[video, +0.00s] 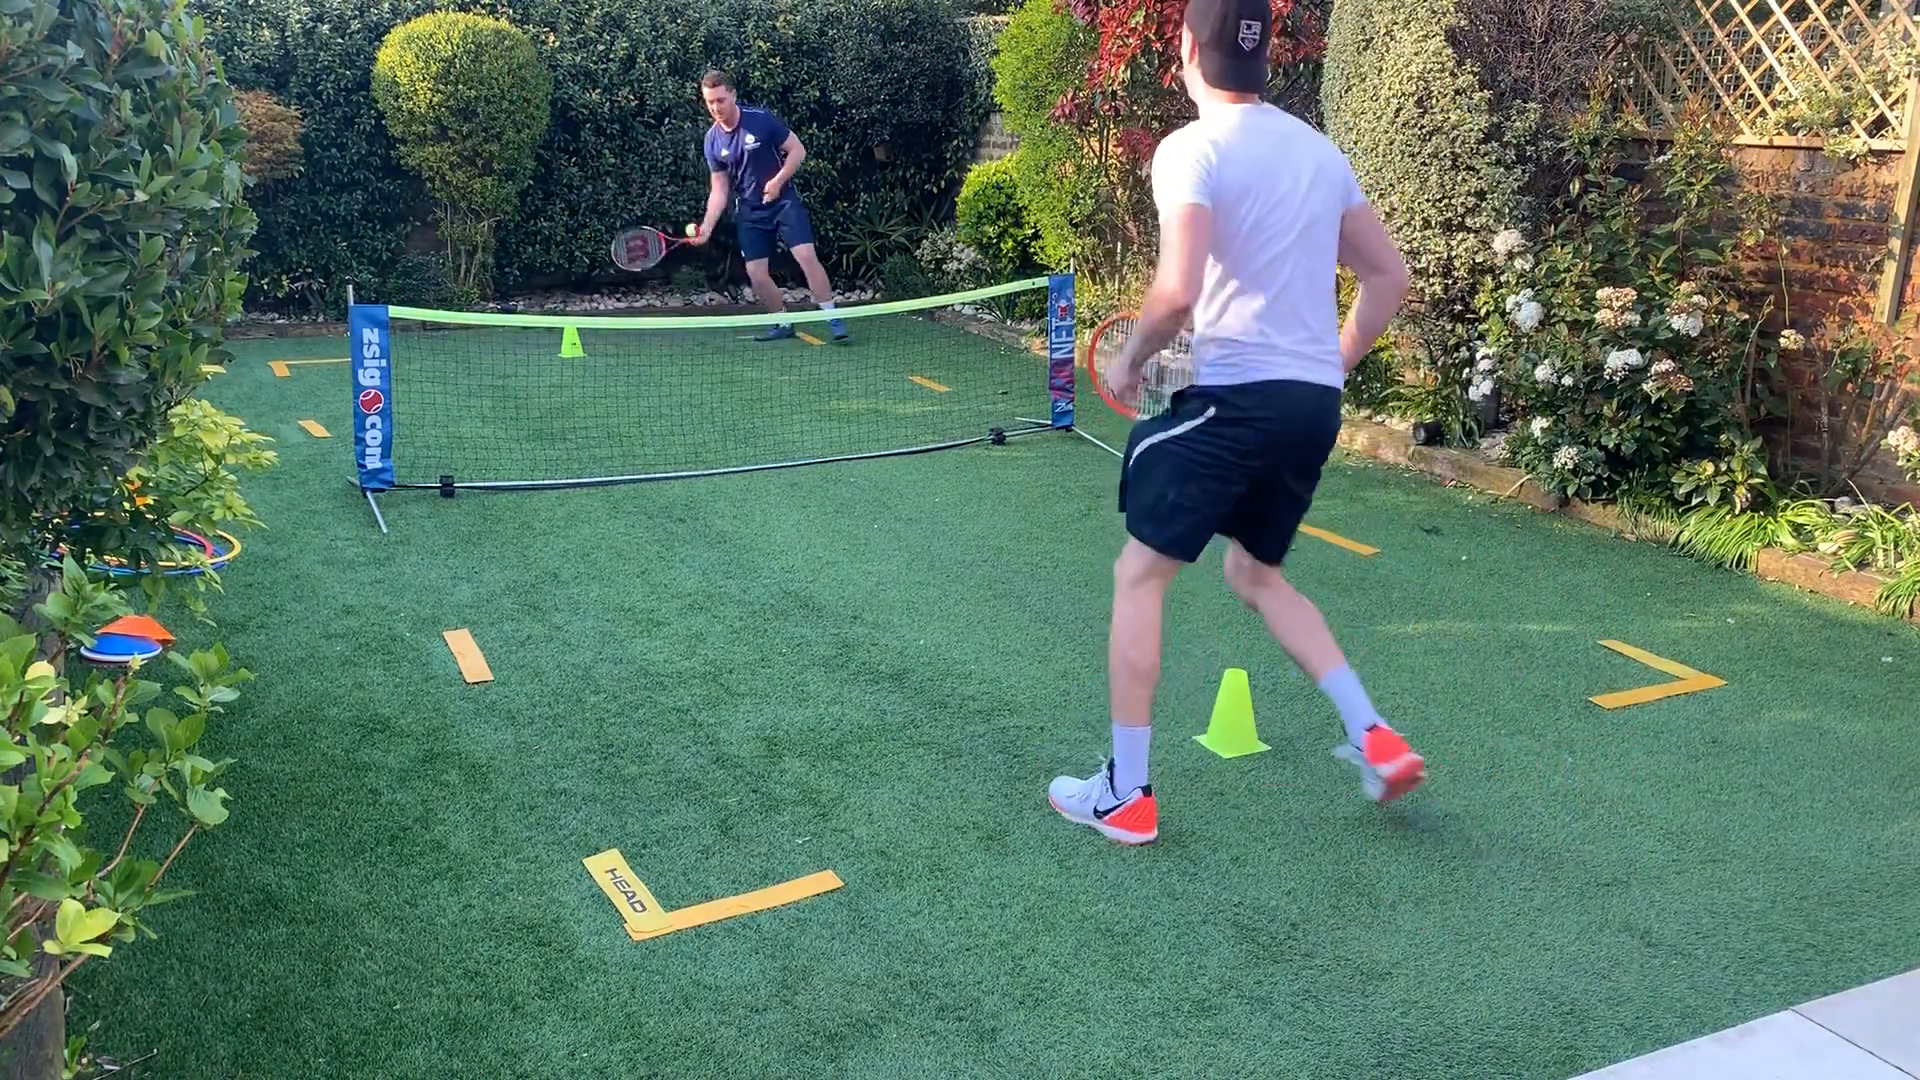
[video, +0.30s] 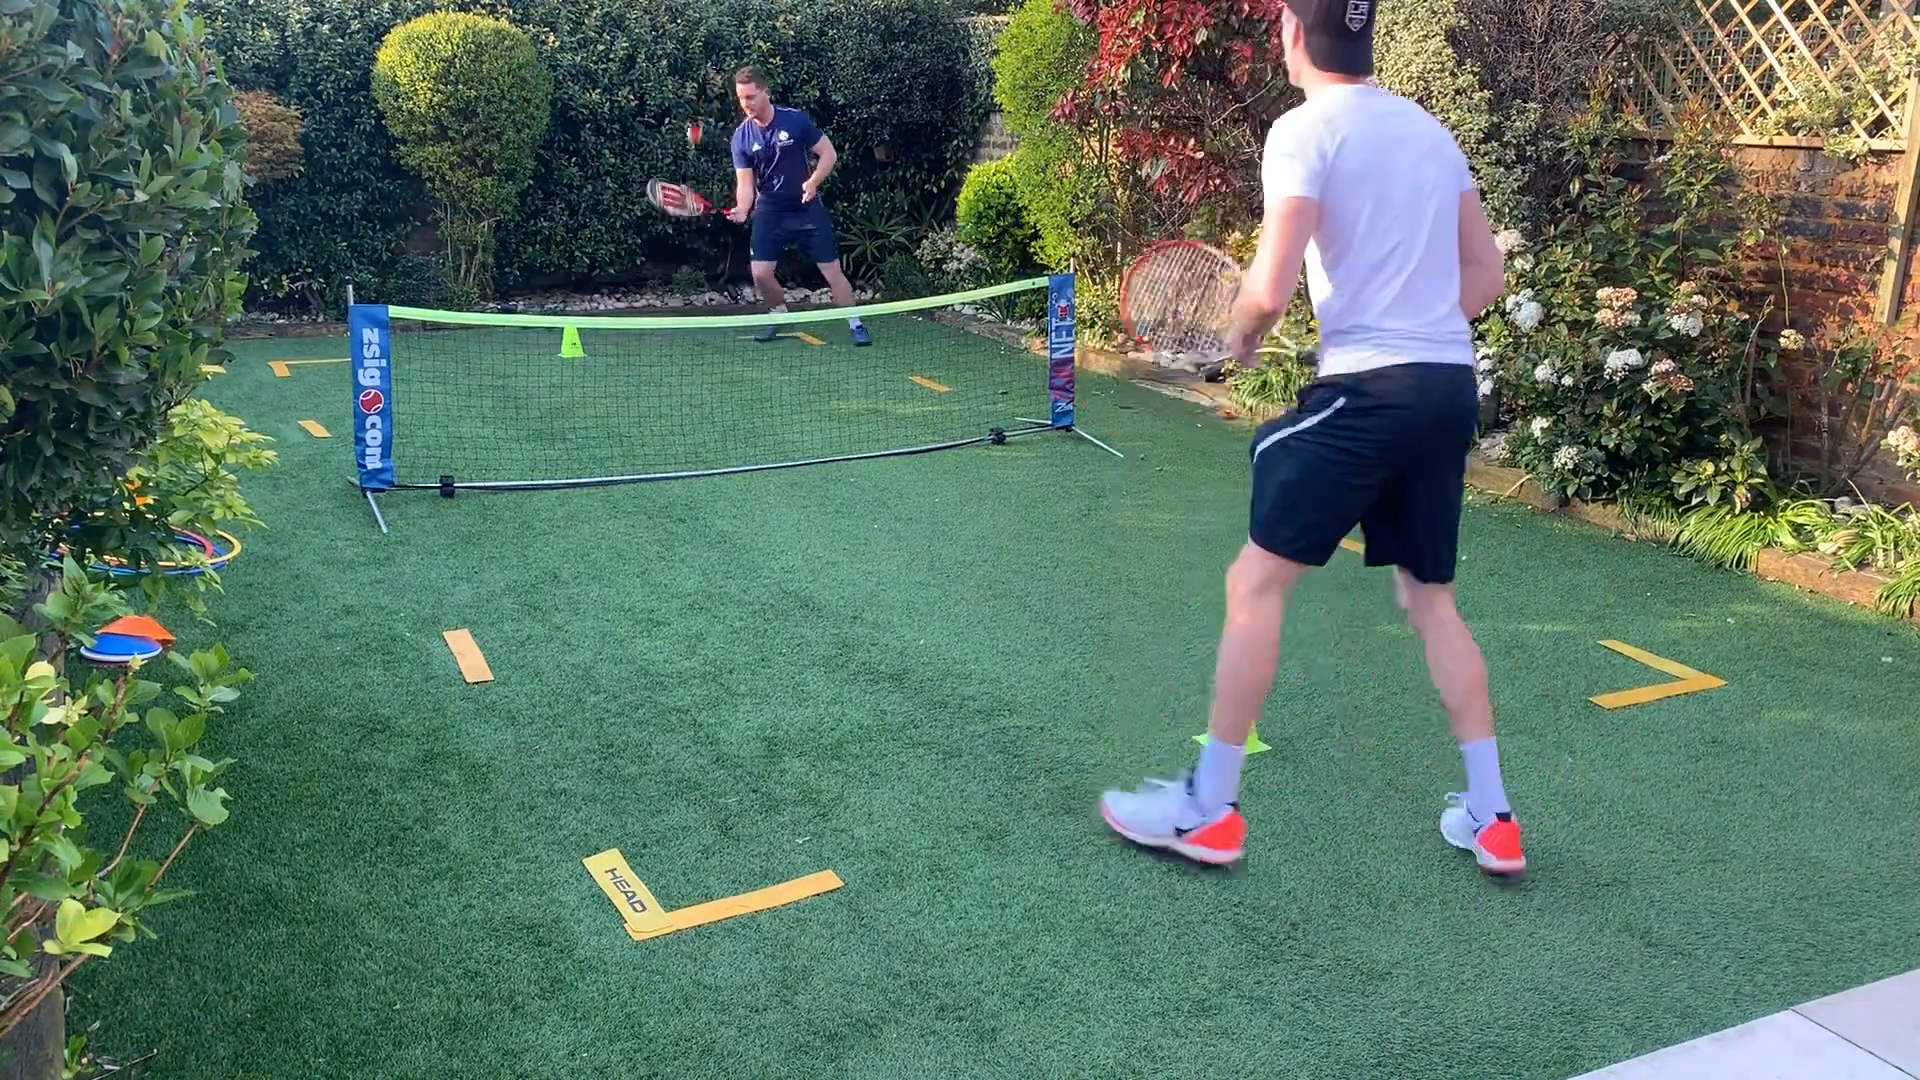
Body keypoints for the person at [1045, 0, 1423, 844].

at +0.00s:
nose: (1178, 55)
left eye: (1181, 43)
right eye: (1185, 41)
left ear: (1189, 52)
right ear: (1263, 53)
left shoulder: (1192, 149)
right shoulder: (1320, 151)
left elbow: (1178, 292)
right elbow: (1388, 274)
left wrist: (1130, 355)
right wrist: (1334, 363)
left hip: (1227, 397)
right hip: (1316, 404)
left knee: (1140, 575)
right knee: (1253, 571)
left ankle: (1124, 789)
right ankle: (1372, 735)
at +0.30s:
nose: (1280, 40)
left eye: (1282, 28)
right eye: (1288, 27)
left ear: (1293, 36)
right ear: (1366, 41)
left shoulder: (1302, 129)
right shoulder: (1432, 130)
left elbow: (1269, 293)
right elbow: (1485, 275)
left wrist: (1237, 342)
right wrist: (1413, 330)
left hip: (1363, 390)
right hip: (1450, 389)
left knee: (1256, 583)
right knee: (1431, 595)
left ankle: (1207, 803)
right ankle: (1490, 810)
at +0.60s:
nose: (1368, 99)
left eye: (1371, 86)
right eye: (1377, 84)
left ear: (1384, 94)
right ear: (1458, 98)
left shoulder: (1367, 193)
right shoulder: (1521, 191)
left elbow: (1328, 363)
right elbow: (1580, 337)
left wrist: (1367, 401)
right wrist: (1508, 401)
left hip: (1437, 455)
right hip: (1534, 450)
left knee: (1347, 657)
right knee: (1537, 623)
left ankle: (1364, 900)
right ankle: (1644, 819)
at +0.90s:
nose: (1405, 72)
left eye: (1408, 59)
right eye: (1411, 56)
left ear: (1421, 69)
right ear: (1491, 70)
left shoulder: (1420, 169)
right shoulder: (1549, 158)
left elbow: (1381, 341)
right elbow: (1559, 297)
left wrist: (1396, 394)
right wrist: (1461, 395)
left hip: (1507, 415)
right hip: (1600, 407)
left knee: (1416, 594)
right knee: (1607, 627)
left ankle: (1503, 796)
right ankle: (1657, 831)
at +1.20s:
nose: (1353, 94)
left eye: (1354, 80)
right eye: (1356, 80)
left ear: (1370, 76)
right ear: (1430, 76)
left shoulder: (1378, 161)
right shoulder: (1496, 149)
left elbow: (1327, 323)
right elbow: (1494, 297)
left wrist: (1316, 368)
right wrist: (1403, 380)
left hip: (1483, 386)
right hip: (1550, 376)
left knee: (1448, 596)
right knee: (1451, 526)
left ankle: (1509, 796)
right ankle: (1465, 692)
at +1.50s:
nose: (1313, 123)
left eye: (1311, 109)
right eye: (1313, 110)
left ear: (1327, 102)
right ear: (1378, 100)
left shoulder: (1359, 154)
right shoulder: (1421, 162)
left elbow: (1348, 281)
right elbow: (1432, 309)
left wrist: (1311, 387)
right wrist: (1379, 409)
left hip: (1461, 373)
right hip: (1494, 366)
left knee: (1392, 577)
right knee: (1388, 506)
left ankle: (1490, 765)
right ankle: (1382, 679)